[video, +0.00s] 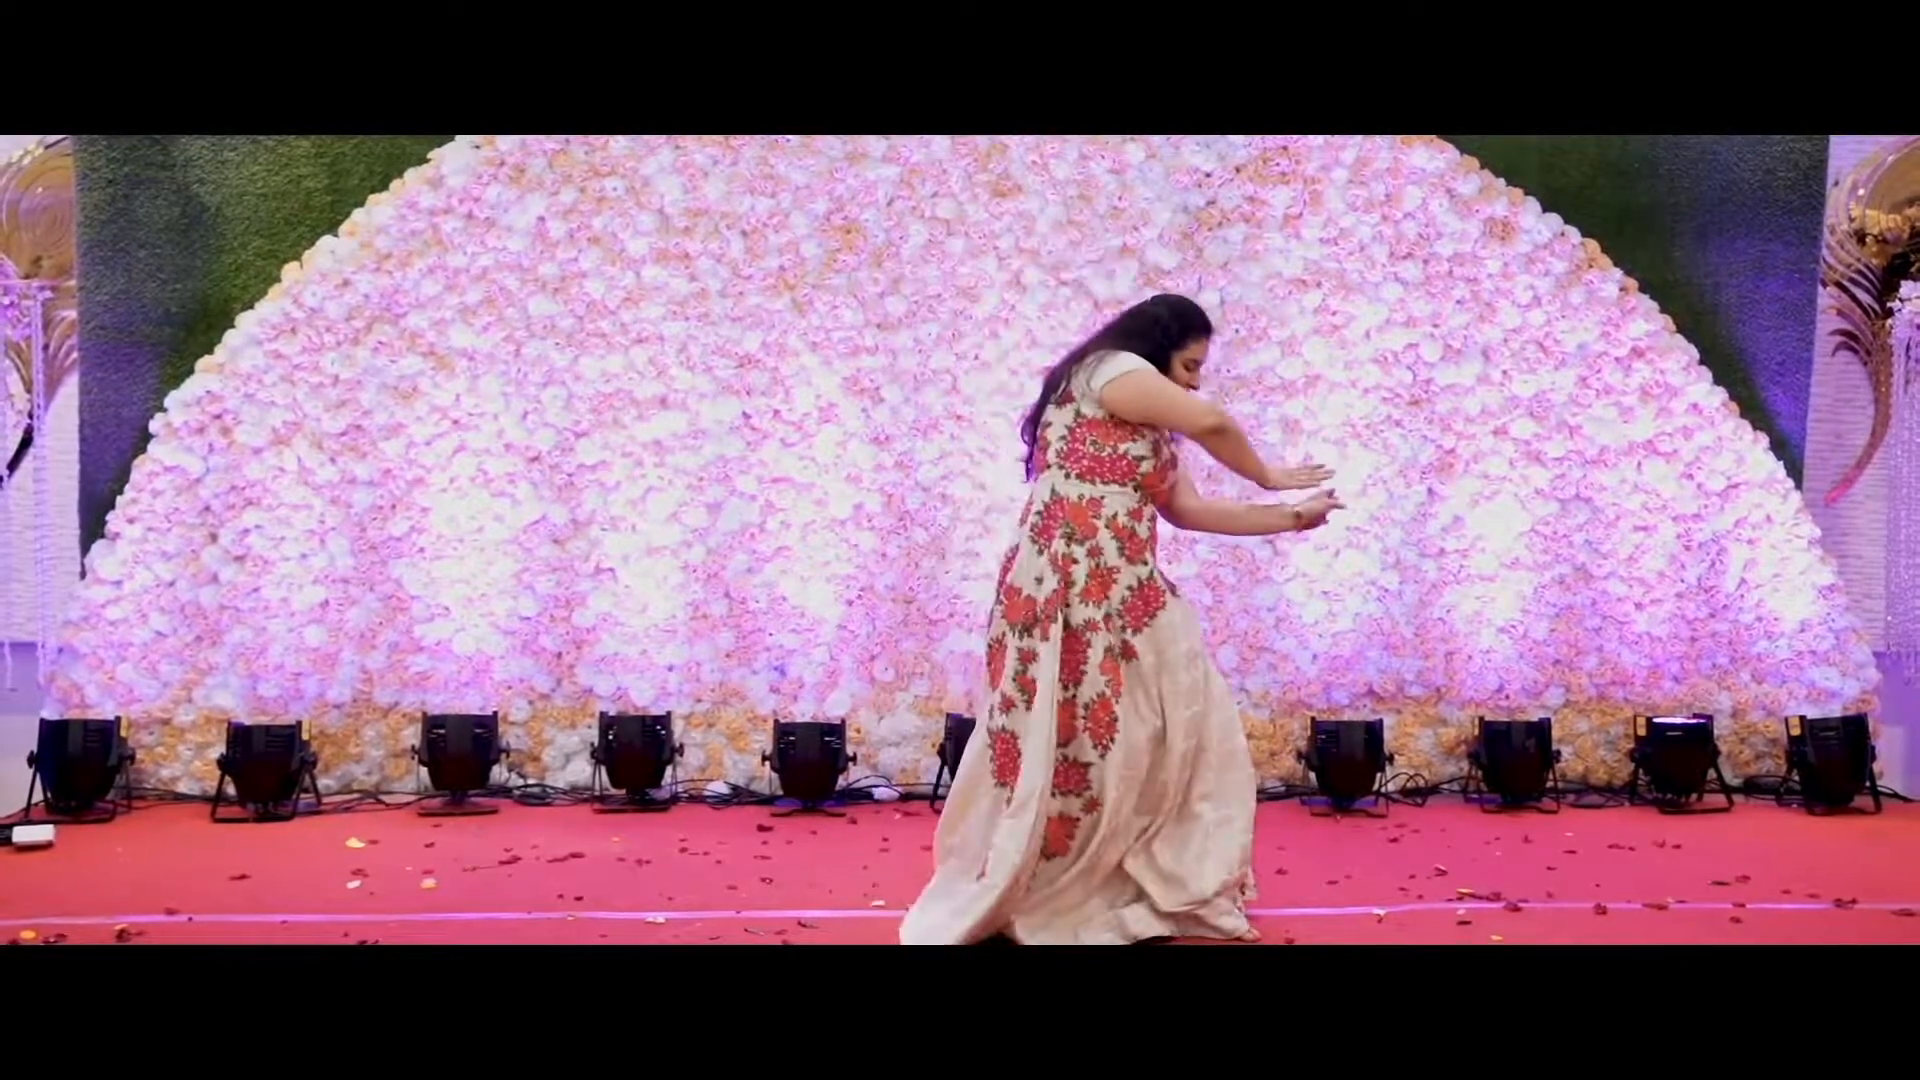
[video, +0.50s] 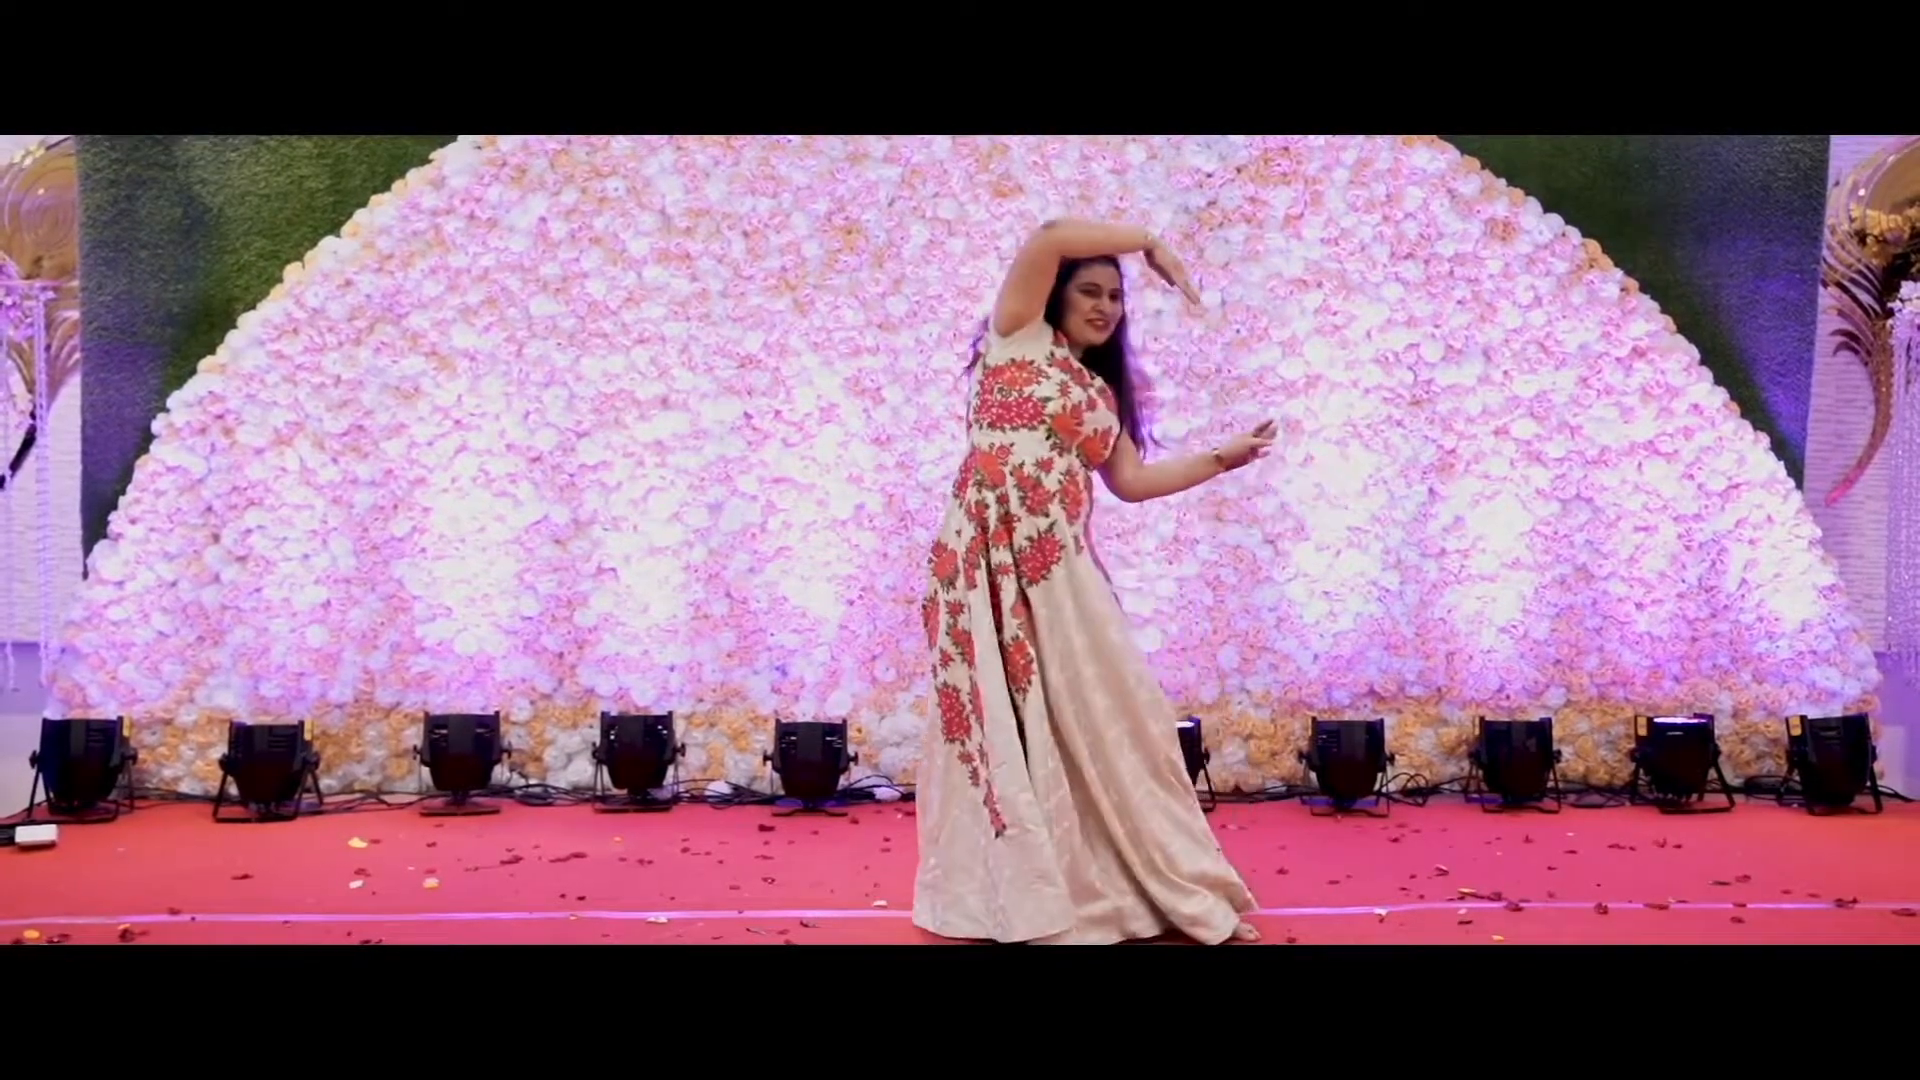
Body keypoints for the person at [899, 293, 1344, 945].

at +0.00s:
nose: (1196, 378)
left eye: (1200, 366)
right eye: (1192, 363)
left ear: (1169, 354)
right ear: (1161, 345)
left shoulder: (1152, 422)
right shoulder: (1109, 371)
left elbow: (1188, 510)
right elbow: (1210, 419)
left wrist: (1288, 518)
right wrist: (1267, 473)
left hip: (1120, 583)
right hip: (1072, 575)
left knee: (1187, 722)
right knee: (1083, 734)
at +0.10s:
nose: (1200, 367)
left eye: (1203, 356)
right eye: (1196, 354)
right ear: (1168, 336)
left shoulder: (1153, 428)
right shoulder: (1099, 362)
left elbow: (1189, 513)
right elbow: (1204, 360)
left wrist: (1286, 508)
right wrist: (1252, 435)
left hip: (1116, 580)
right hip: (1060, 572)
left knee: (1172, 726)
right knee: (1069, 732)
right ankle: (1057, 896)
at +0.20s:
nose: (1182, 358)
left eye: (1188, 350)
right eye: (1174, 342)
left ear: (1182, 345)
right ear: (1142, 325)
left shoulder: (1154, 428)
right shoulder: (1084, 358)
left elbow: (1187, 508)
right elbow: (1165, 300)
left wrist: (1280, 496)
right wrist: (1224, 362)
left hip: (1108, 577)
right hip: (1035, 567)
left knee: (1172, 718)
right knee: (1050, 730)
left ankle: (1179, 891)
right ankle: (1046, 896)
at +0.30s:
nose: (1159, 333)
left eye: (1167, 324)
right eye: (1147, 318)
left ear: (1167, 334)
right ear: (1115, 313)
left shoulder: (1141, 419)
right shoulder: (1068, 347)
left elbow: (1170, 496)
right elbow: (1119, 260)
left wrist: (1261, 481)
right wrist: (1201, 308)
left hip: (1089, 571)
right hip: (1012, 560)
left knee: (1141, 718)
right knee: (1029, 729)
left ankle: (1137, 890)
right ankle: (1034, 899)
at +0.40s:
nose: (1132, 316)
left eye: (1142, 306)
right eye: (1118, 301)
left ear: (1149, 315)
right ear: (1085, 300)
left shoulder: (1120, 408)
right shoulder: (1042, 340)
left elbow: (1149, 488)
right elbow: (1077, 243)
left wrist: (1236, 467)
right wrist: (1171, 269)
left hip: (1068, 563)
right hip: (991, 553)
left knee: (1128, 709)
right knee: (1005, 725)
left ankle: (1183, 889)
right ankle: (1022, 896)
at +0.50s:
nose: (1102, 306)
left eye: (1113, 296)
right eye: (1088, 293)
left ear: (1122, 307)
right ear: (1057, 295)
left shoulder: (1099, 399)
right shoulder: (1016, 339)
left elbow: (1131, 481)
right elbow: (1052, 236)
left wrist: (1222, 456)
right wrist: (1145, 241)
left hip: (1057, 564)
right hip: (979, 556)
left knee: (1109, 717)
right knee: (996, 727)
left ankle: (1181, 892)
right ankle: (1013, 898)